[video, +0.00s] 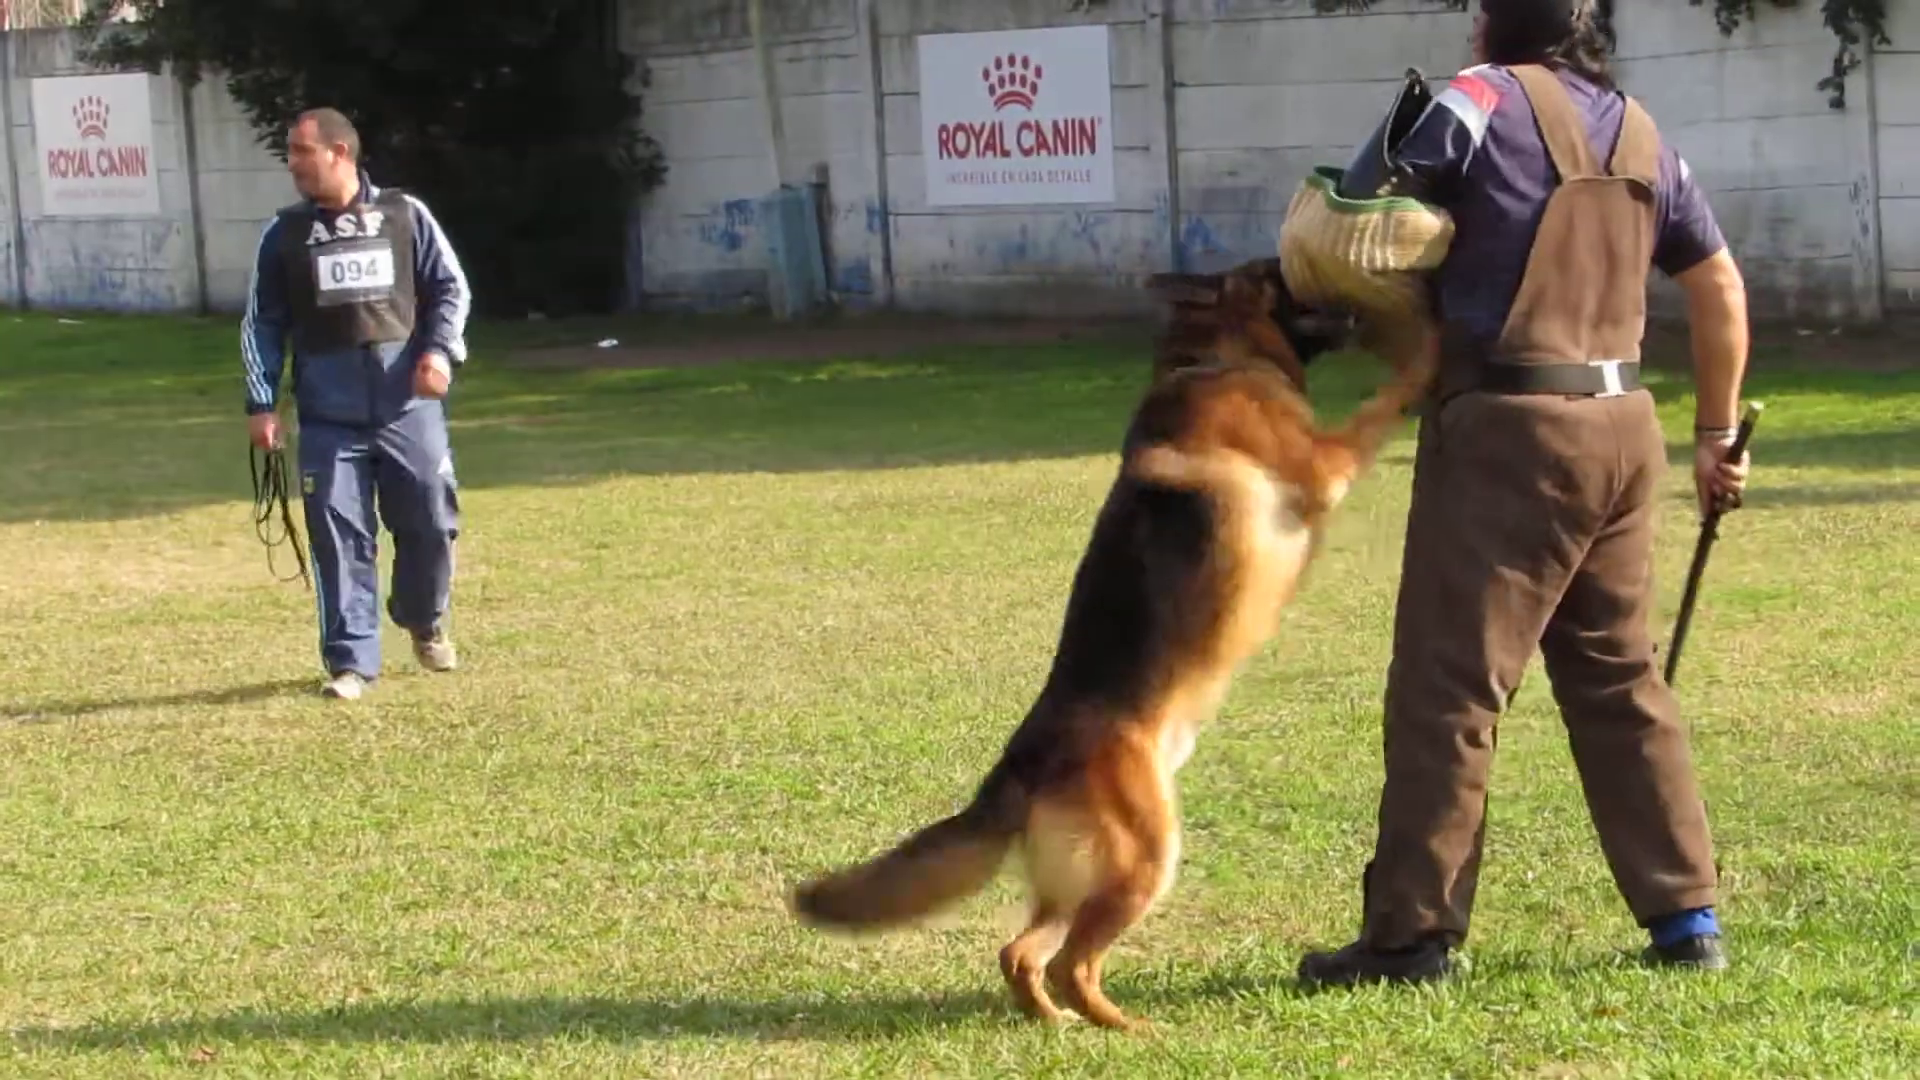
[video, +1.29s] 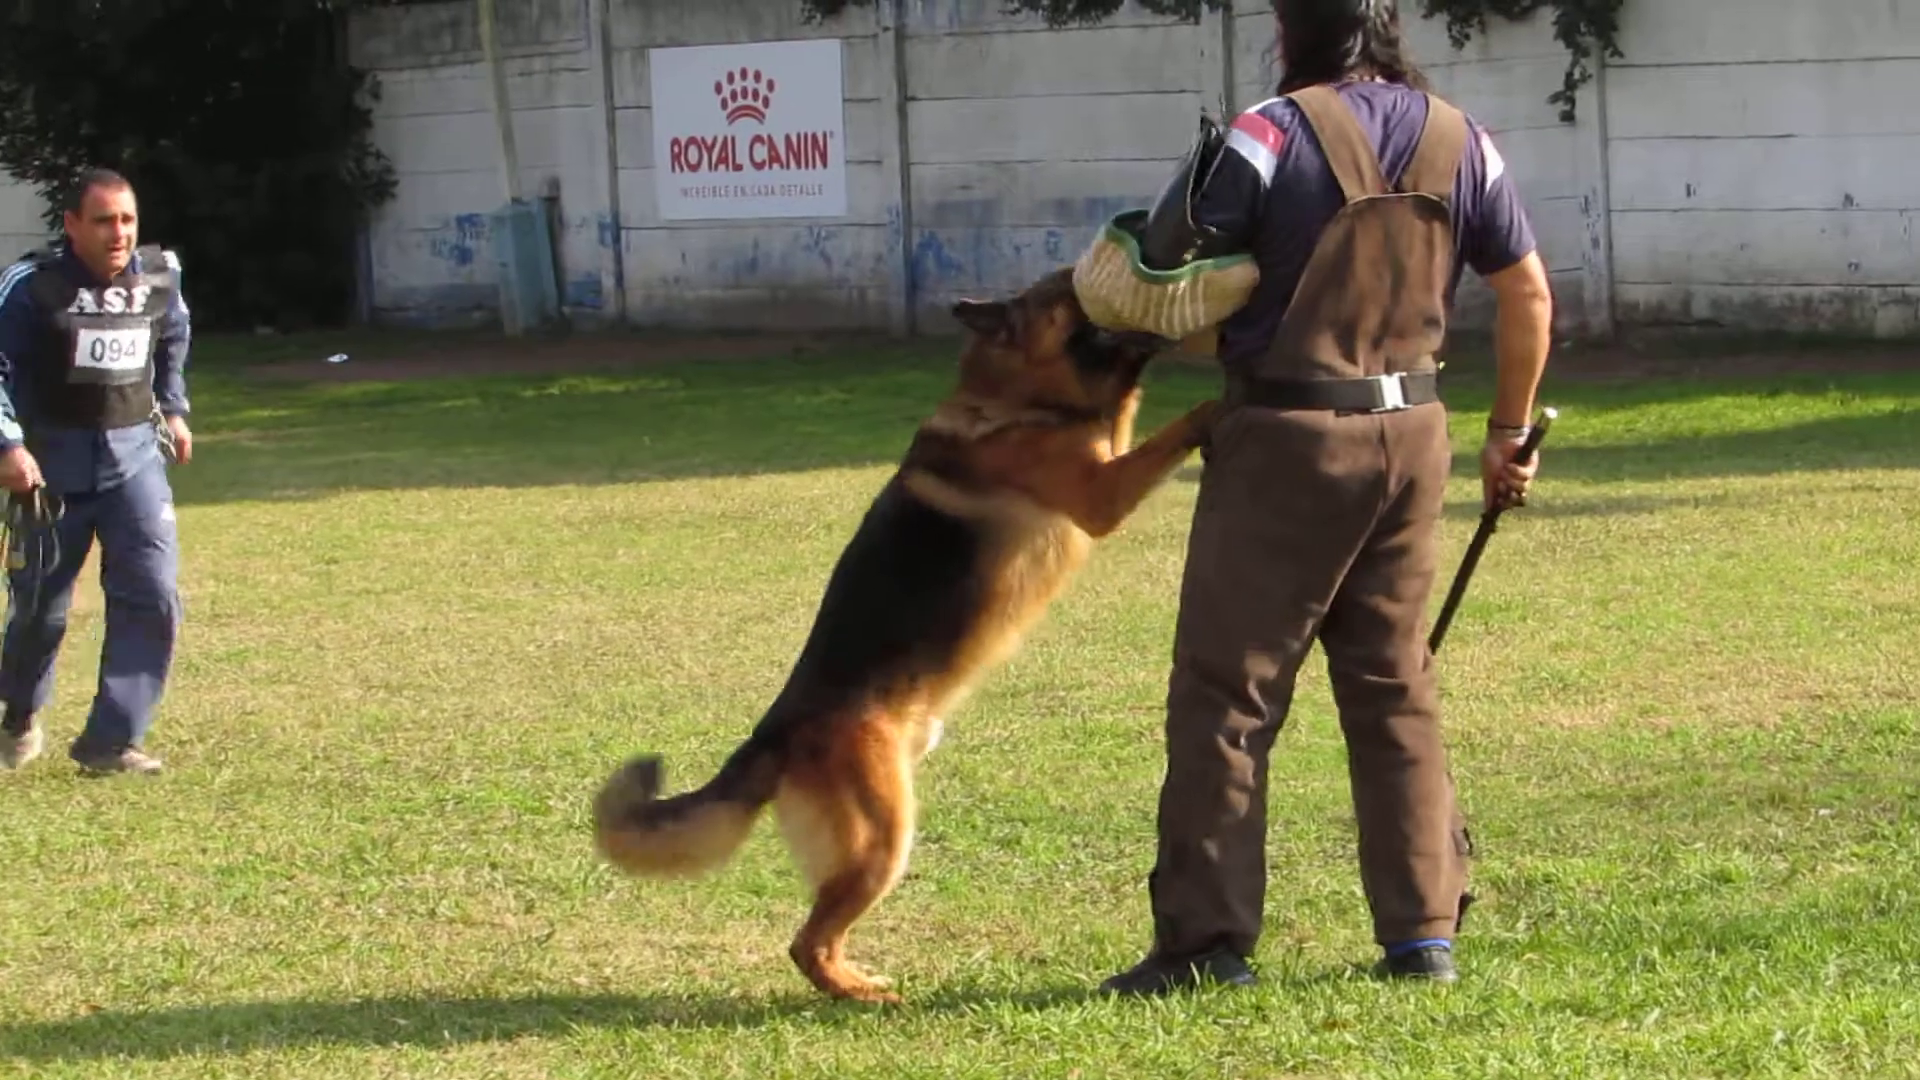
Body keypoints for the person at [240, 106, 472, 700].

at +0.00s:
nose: (292, 164)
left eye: (302, 153)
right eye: (289, 153)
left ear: (341, 154)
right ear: (296, 158)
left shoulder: (406, 216)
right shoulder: (284, 235)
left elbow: (449, 288)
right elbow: (262, 322)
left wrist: (440, 351)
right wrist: (261, 401)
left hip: (408, 395)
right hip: (328, 405)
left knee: (431, 513)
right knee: (334, 523)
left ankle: (425, 617)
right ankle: (351, 662)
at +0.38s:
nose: (279, 186)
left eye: (290, 179)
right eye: (280, 177)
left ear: (330, 186)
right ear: (309, 186)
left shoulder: (391, 246)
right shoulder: (265, 252)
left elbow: (432, 317)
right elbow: (230, 336)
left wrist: (437, 392)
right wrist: (231, 412)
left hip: (370, 419)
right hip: (292, 422)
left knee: (372, 550)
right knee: (297, 548)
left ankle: (371, 681)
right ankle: (317, 665)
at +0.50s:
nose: (189, 185)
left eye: (200, 175)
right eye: (190, 173)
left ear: (240, 185)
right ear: (226, 184)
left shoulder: (299, 256)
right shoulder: (171, 252)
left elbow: (331, 345)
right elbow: (135, 337)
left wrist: (339, 429)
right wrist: (127, 416)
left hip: (271, 435)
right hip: (191, 436)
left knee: (271, 564)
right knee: (184, 563)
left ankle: (268, 690)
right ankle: (201, 652)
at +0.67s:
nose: (168, 172)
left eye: (182, 162)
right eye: (166, 161)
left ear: (221, 169)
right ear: (169, 167)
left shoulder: (273, 240)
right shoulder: (142, 241)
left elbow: (306, 318)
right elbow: (105, 325)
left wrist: (281, 379)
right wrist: (96, 404)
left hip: (246, 433)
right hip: (163, 433)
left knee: (245, 568)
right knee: (159, 564)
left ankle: (244, 693)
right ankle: (162, 701)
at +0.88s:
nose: (164, 189)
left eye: (172, 178)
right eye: (150, 179)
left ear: (187, 184)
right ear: (125, 189)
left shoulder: (229, 250)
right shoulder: (97, 269)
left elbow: (279, 310)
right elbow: (62, 347)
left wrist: (242, 329)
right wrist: (48, 417)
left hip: (214, 450)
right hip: (131, 453)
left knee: (211, 578)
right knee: (115, 569)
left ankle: (207, 701)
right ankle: (106, 714)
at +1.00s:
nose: (124, 209)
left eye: (132, 196)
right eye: (109, 198)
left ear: (146, 201)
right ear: (82, 206)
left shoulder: (191, 263)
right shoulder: (55, 290)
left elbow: (243, 321)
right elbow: (26, 367)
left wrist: (227, 382)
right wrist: (21, 426)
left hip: (182, 470)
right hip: (96, 476)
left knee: (191, 579)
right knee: (76, 586)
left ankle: (187, 692)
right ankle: (84, 727)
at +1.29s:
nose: (120, 232)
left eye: (127, 219)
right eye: (105, 221)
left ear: (138, 222)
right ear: (71, 226)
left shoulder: (159, 275)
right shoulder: (31, 288)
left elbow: (174, 341)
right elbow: (2, 369)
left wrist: (174, 409)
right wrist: (11, 442)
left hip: (136, 456)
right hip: (54, 461)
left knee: (153, 595)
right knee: (39, 607)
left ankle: (111, 740)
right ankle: (21, 713)